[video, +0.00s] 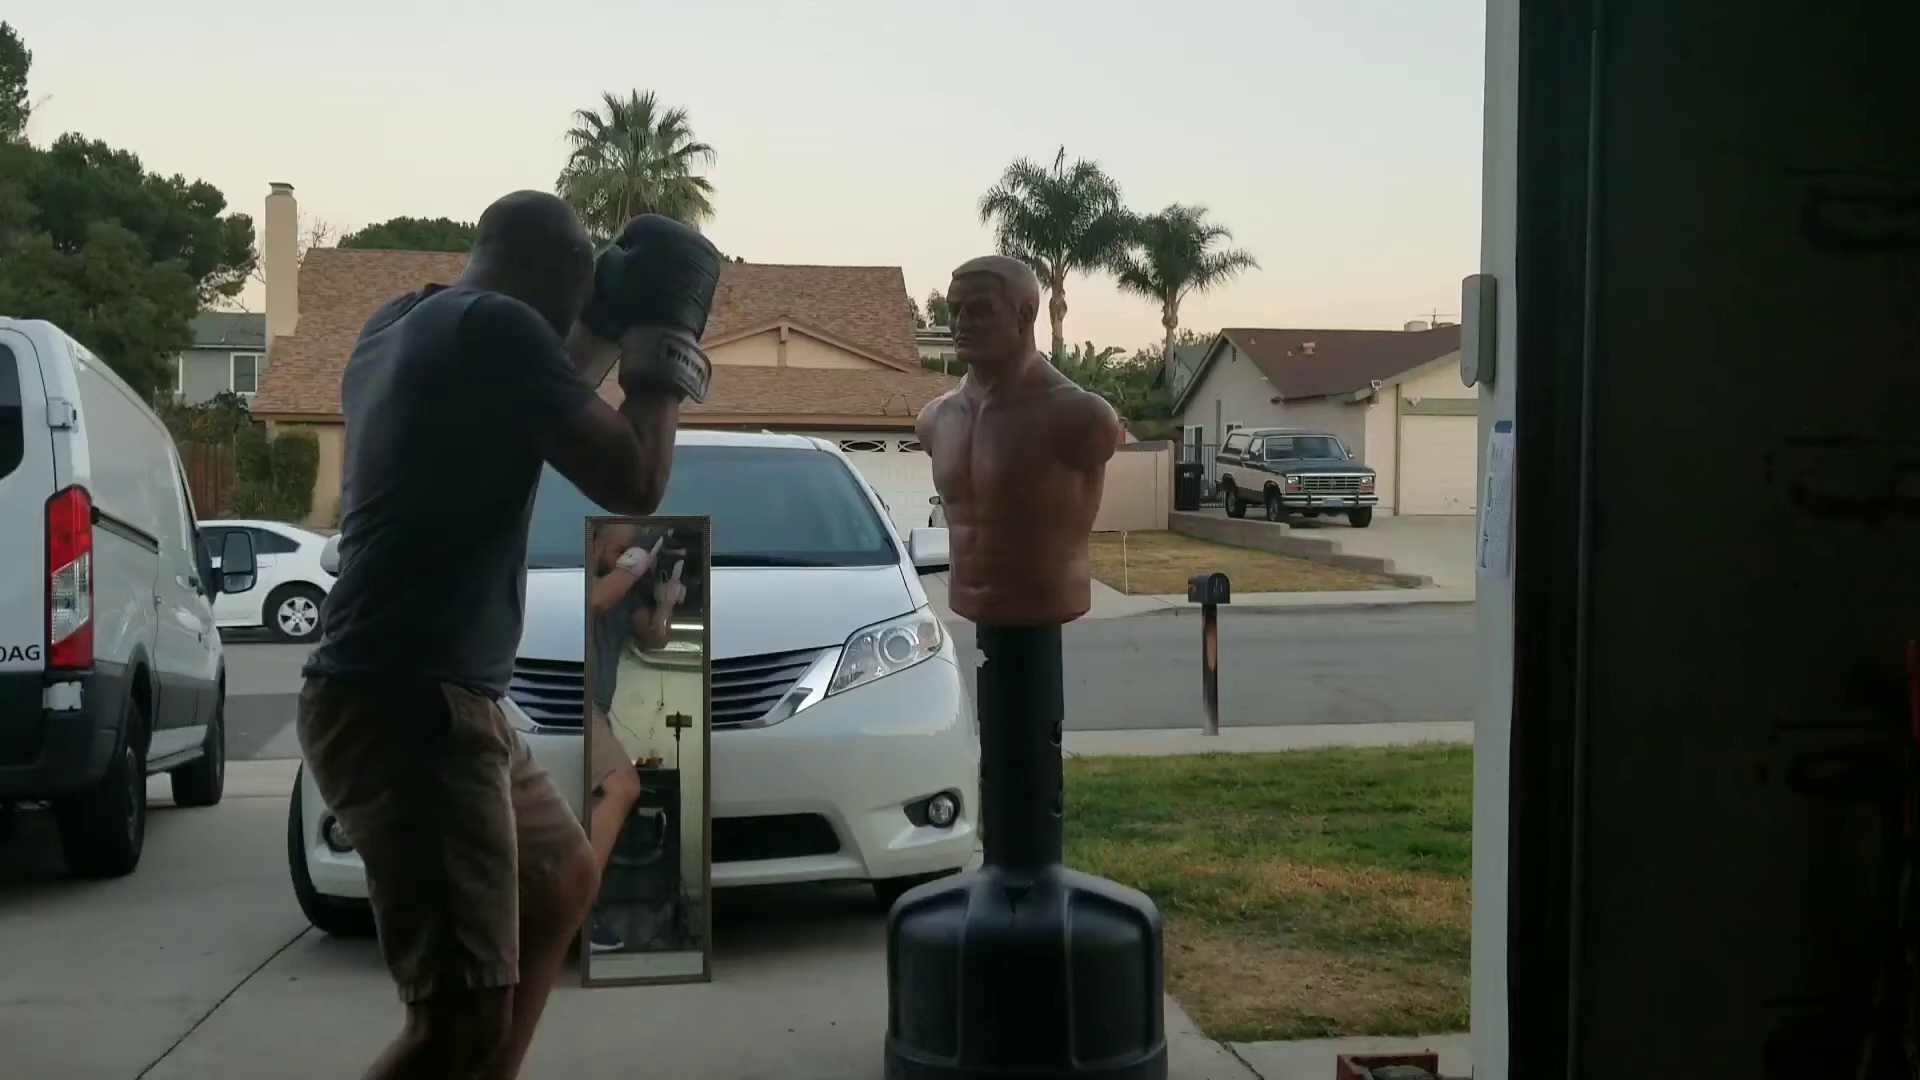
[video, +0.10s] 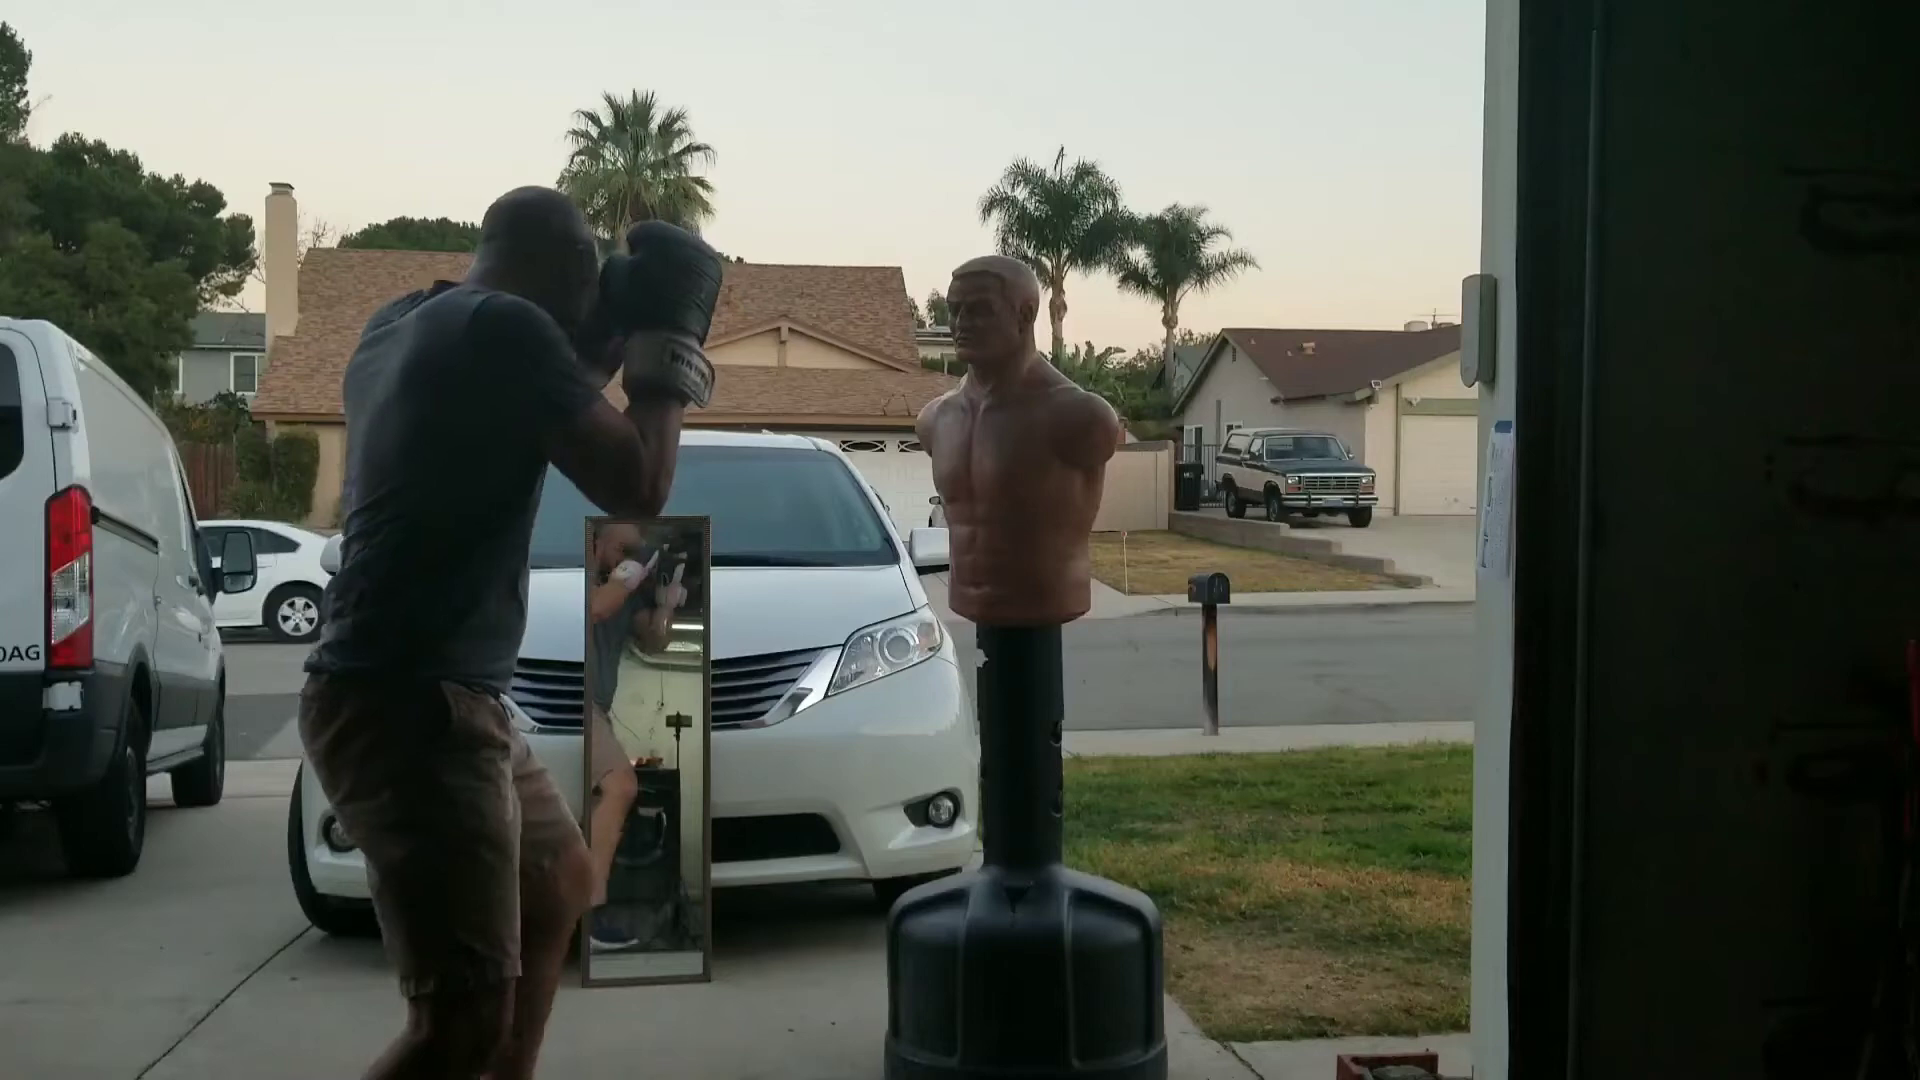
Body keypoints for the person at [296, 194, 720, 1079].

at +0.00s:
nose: (575, 327)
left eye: (586, 306)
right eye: (578, 304)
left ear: (482, 260)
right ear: (562, 283)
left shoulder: (395, 328)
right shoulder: (500, 330)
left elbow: (531, 415)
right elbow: (636, 473)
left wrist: (605, 319)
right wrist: (669, 330)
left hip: (451, 694)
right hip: (408, 702)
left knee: (558, 885)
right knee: (468, 1017)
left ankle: (485, 1071)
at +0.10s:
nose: (589, 312)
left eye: (597, 295)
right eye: (588, 292)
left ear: (487, 256)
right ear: (567, 277)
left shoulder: (397, 327)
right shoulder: (509, 329)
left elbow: (535, 406)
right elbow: (639, 480)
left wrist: (617, 318)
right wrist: (671, 334)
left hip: (452, 694)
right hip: (410, 701)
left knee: (557, 887)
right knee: (466, 1019)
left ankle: (503, 1071)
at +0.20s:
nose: (619, 336)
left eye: (621, 319)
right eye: (620, 314)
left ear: (519, 295)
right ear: (594, 306)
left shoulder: (435, 365)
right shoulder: (513, 383)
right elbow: (602, 571)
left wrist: (591, 410)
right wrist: (654, 436)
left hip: (455, 727)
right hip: (409, 737)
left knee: (555, 915)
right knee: (489, 1037)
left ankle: (535, 1072)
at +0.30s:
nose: (651, 429)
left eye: (654, 406)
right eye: (650, 403)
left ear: (555, 380)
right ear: (611, 392)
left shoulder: (488, 451)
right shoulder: (508, 470)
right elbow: (538, 670)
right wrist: (649, 562)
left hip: (445, 787)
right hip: (389, 804)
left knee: (569, 923)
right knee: (494, 1062)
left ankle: (537, 1073)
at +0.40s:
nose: (652, 423)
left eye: (657, 403)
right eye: (656, 401)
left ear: (558, 378)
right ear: (630, 392)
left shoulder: (467, 444)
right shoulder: (543, 458)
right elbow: (563, 653)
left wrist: (601, 557)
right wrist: (644, 574)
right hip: (419, 788)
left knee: (573, 914)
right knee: (507, 1060)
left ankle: (528, 1068)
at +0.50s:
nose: (622, 388)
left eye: (621, 378)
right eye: (622, 376)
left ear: (522, 366)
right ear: (607, 369)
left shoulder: (443, 439)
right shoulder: (589, 415)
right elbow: (654, 593)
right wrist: (699, 496)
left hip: (387, 759)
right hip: (462, 770)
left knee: (571, 907)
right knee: (526, 1050)